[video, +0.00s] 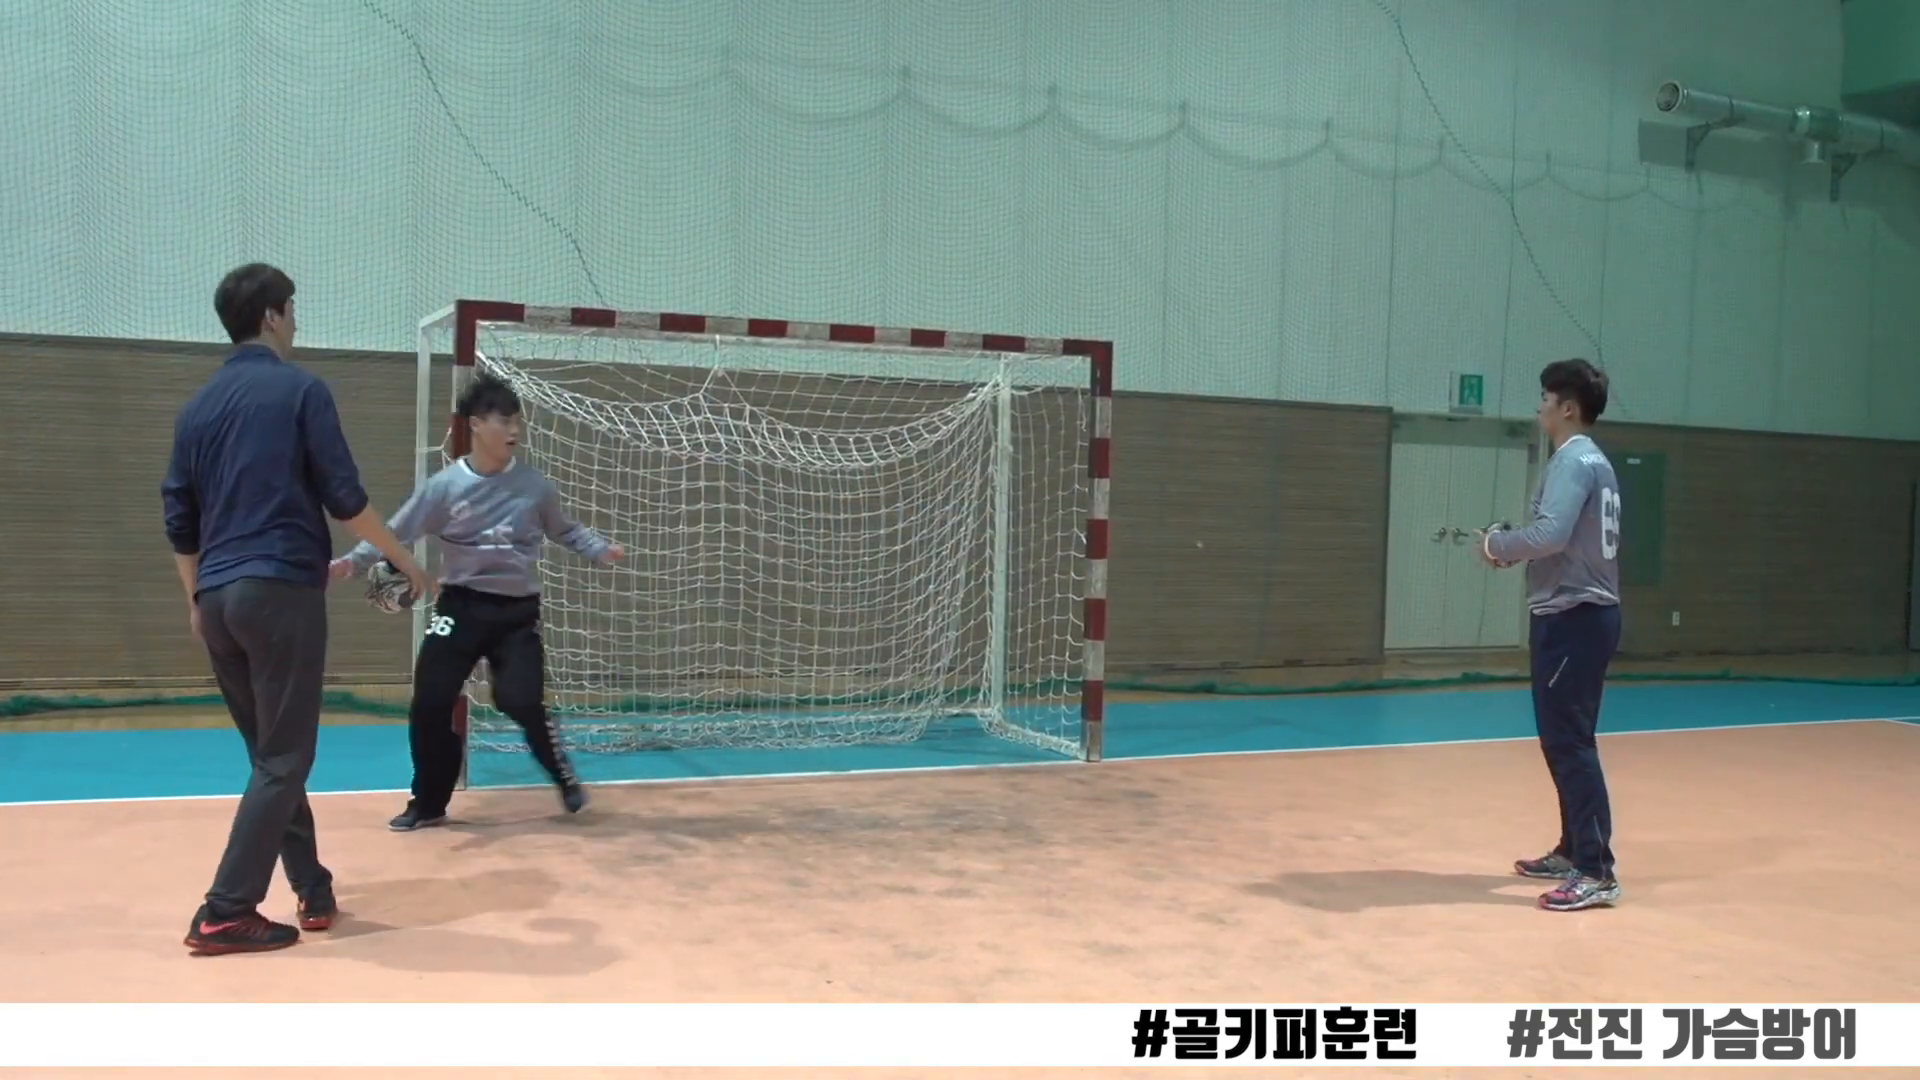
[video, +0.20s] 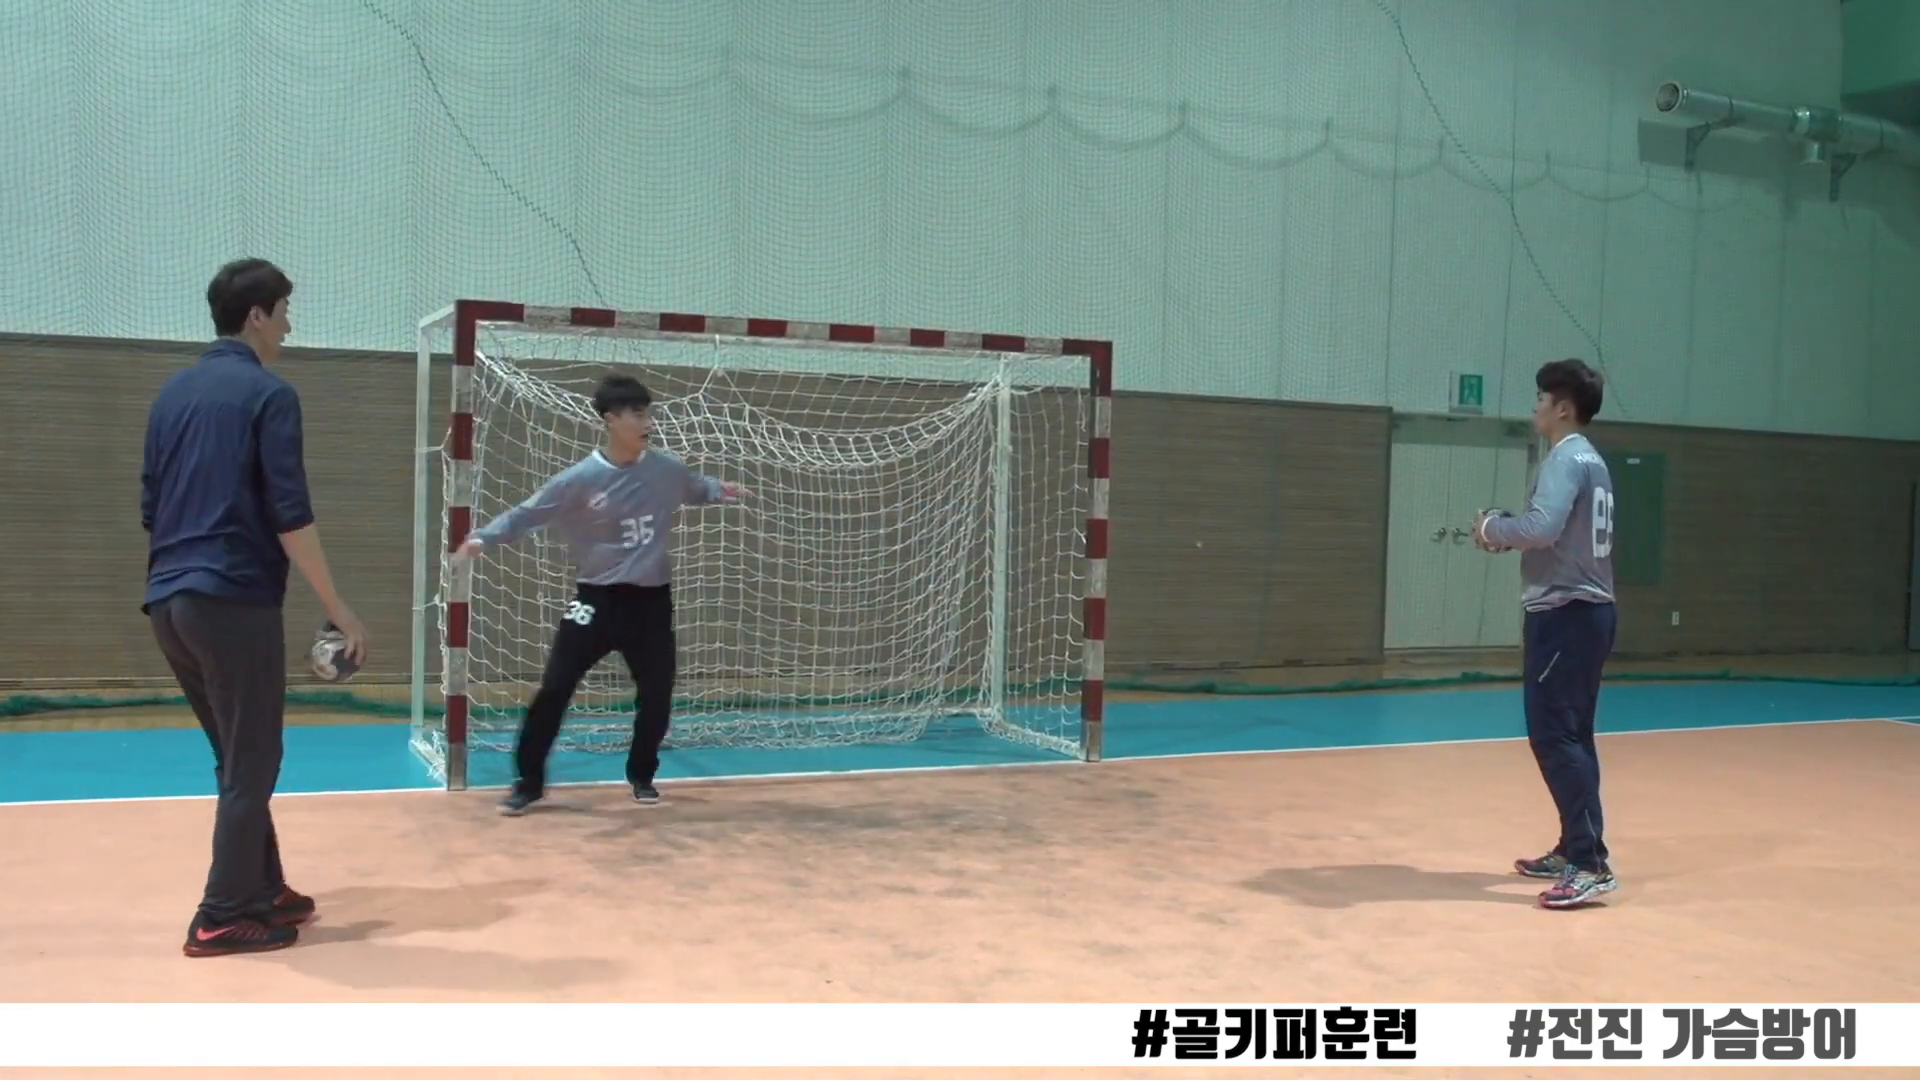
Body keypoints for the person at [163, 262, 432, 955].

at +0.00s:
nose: (294, 325)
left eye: (291, 313)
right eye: (290, 314)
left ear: (232, 323)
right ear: (272, 318)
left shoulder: (198, 406)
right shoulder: (301, 389)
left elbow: (180, 517)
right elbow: (345, 499)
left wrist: (198, 601)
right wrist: (400, 556)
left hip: (215, 598)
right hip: (280, 593)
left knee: (274, 752)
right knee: (283, 758)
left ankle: (313, 893)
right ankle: (226, 911)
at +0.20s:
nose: (287, 327)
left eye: (285, 314)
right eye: (283, 314)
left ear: (227, 317)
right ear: (259, 316)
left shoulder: (174, 391)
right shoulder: (268, 393)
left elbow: (154, 508)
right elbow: (291, 516)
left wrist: (191, 574)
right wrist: (337, 607)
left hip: (170, 598)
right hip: (232, 598)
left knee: (237, 751)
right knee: (253, 755)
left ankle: (263, 892)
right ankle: (224, 916)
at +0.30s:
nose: (268, 324)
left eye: (268, 310)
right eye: (264, 310)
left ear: (207, 311)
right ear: (236, 311)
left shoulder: (153, 389)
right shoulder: (245, 389)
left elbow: (140, 501)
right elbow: (255, 510)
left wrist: (152, 588)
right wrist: (284, 609)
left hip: (149, 599)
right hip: (209, 600)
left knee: (208, 746)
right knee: (240, 754)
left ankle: (180, 896)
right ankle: (223, 917)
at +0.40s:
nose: (248, 312)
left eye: (246, 299)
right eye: (242, 299)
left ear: (191, 309)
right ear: (210, 307)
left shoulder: (134, 387)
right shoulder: (216, 386)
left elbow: (130, 503)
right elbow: (214, 504)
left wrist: (152, 591)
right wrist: (236, 604)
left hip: (132, 609)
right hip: (188, 609)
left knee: (170, 751)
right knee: (229, 759)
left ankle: (96, 893)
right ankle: (223, 916)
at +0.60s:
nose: (203, 323)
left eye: (200, 309)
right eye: (195, 309)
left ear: (146, 318)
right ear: (158, 316)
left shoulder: (108, 388)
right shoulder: (148, 390)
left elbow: (94, 513)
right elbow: (128, 506)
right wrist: (154, 611)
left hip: (73, 622)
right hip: (127, 623)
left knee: (70, 773)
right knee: (194, 765)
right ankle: (219, 914)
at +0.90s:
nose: (159, 311)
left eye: (158, 297)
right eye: (152, 298)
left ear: (101, 303)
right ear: (112, 302)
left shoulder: (60, 370)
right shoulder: (89, 376)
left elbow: (33, 499)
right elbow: (55, 498)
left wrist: (52, 607)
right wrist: (88, 609)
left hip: (18, 618)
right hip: (52, 617)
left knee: (22, 778)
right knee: (137, 766)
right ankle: (119, 946)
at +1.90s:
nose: (170, 306)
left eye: (170, 291)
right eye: (164, 291)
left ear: (118, 294)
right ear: (121, 293)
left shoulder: (98, 377)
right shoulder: (66, 390)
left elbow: (91, 516)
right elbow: (26, 534)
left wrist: (142, 585)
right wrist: (50, 662)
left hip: (74, 635)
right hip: (60, 645)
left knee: (52, 799)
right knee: (82, 802)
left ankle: (10, 943)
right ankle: (24, 966)